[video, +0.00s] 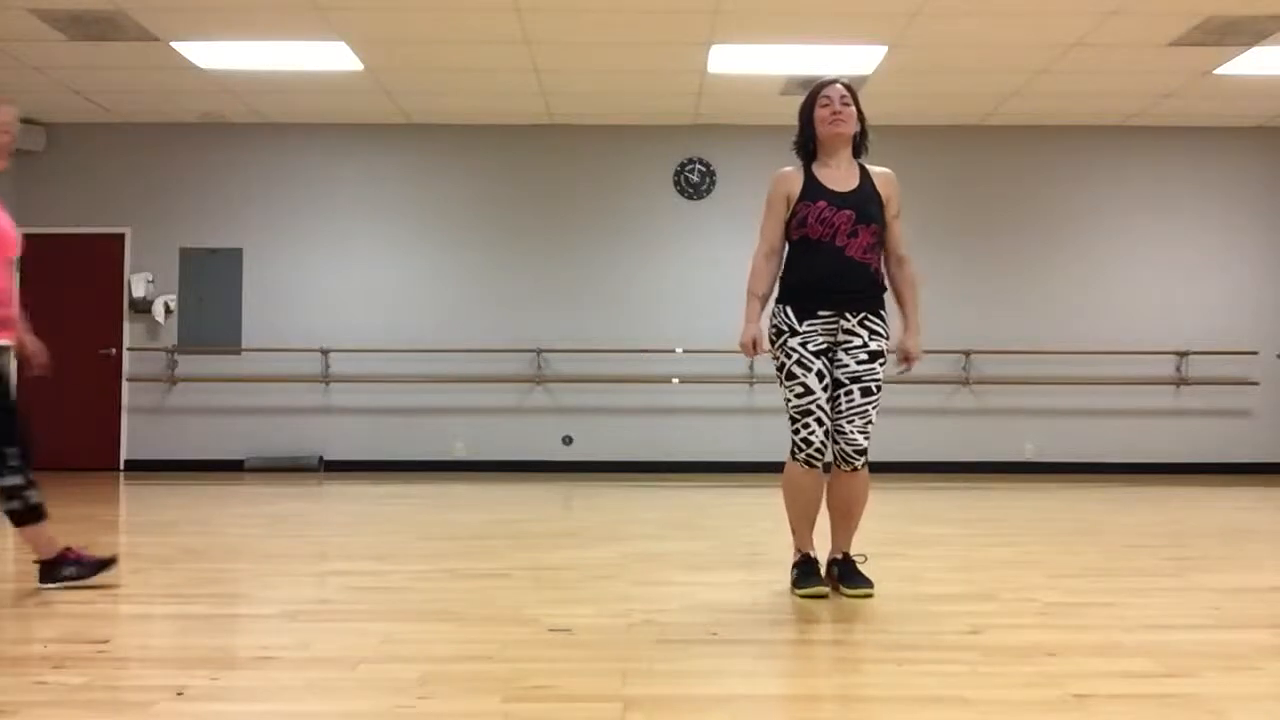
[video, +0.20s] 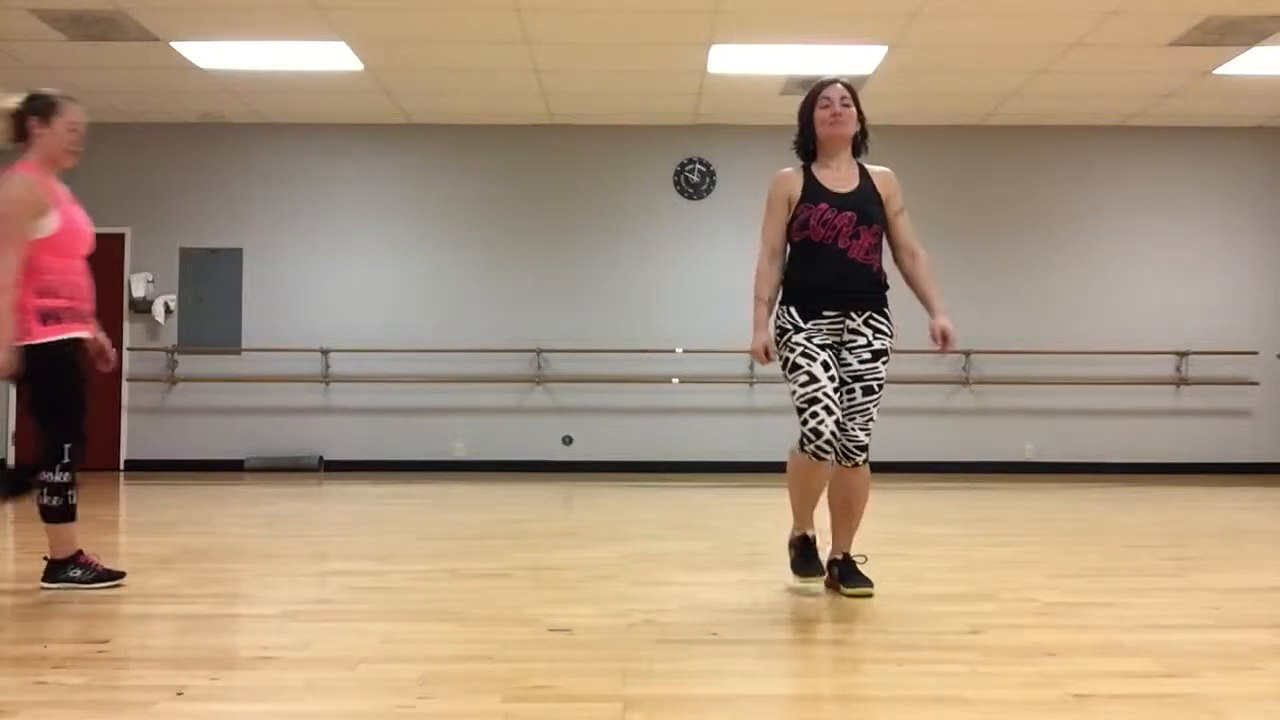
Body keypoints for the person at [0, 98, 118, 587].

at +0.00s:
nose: (9, 140)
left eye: (11, 131)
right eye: (4, 131)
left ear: (15, 138)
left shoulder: (5, 215)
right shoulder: (1, 215)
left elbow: (8, 286)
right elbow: (6, 287)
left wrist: (25, 335)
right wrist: (20, 335)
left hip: (5, 348)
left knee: (9, 449)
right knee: (7, 449)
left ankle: (50, 553)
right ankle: (49, 554)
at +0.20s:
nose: (79, 141)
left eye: (82, 132)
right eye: (71, 131)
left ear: (70, 135)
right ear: (37, 129)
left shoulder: (53, 186)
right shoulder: (22, 185)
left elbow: (66, 273)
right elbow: (8, 270)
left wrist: (90, 329)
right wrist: (8, 341)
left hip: (64, 334)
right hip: (41, 335)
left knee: (63, 440)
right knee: (61, 440)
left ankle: (65, 553)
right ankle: (63, 556)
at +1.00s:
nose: (304, 149)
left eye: (308, 141)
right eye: (294, 139)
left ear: (311, 145)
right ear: (265, 140)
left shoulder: (304, 202)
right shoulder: (246, 194)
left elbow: (320, 275)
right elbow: (227, 267)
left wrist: (341, 337)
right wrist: (225, 337)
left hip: (302, 340)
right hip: (268, 341)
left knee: (278, 445)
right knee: (338, 427)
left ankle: (245, 550)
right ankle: (323, 538)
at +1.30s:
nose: (358, 142)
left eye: (363, 135)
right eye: (347, 134)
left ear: (366, 143)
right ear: (321, 141)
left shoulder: (371, 201)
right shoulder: (307, 196)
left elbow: (391, 277)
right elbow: (288, 271)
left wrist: (422, 333)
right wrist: (273, 343)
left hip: (376, 339)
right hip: (333, 339)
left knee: (382, 443)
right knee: (363, 443)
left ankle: (298, 513)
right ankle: (371, 555)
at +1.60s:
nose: (398, 131)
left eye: (405, 124)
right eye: (387, 123)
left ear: (413, 135)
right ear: (367, 133)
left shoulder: (433, 196)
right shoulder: (347, 193)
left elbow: (446, 267)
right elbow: (332, 269)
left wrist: (462, 325)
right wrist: (367, 313)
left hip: (428, 336)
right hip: (368, 337)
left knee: (445, 444)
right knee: (374, 447)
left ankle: (457, 547)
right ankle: (371, 554)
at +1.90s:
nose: (432, 126)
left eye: (440, 121)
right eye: (422, 119)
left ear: (451, 135)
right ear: (404, 131)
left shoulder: (472, 191)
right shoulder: (381, 194)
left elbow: (496, 260)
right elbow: (368, 267)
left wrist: (516, 324)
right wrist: (352, 333)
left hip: (460, 333)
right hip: (398, 333)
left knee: (462, 443)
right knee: (411, 436)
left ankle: (464, 550)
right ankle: (410, 530)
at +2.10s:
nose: (440, 129)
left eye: (449, 123)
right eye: (431, 121)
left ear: (459, 137)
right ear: (413, 132)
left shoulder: (477, 196)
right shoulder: (383, 194)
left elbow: (493, 259)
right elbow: (369, 265)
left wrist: (512, 317)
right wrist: (352, 330)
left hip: (463, 337)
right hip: (401, 337)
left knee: (465, 446)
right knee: (410, 448)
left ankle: (465, 551)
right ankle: (409, 551)